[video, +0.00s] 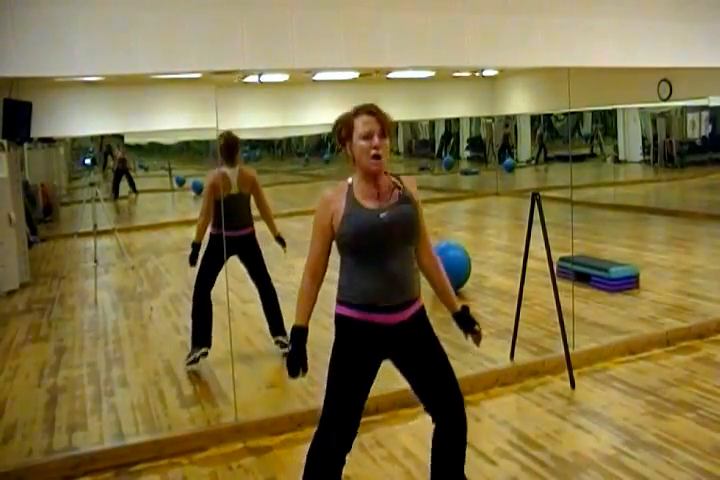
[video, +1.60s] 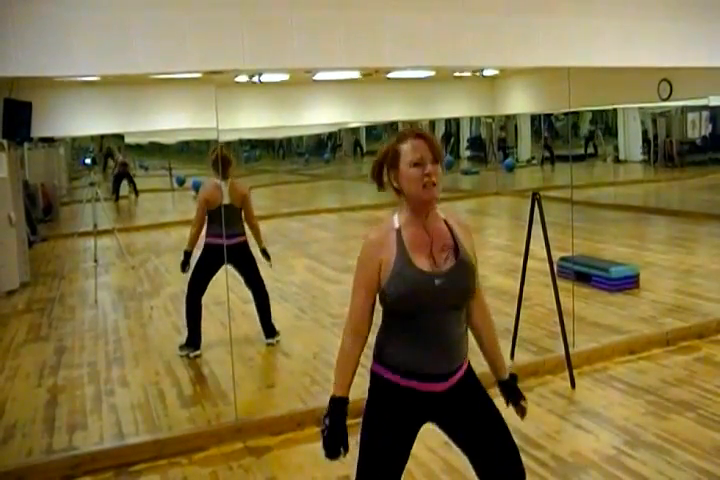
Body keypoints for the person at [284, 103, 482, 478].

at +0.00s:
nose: (377, 144)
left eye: (381, 136)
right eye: (366, 137)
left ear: (389, 142)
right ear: (347, 146)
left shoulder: (405, 191)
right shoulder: (334, 200)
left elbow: (426, 256)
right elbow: (314, 271)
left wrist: (458, 309)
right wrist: (299, 333)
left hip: (411, 326)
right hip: (358, 331)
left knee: (452, 416)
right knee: (335, 435)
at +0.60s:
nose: (396, 177)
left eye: (402, 169)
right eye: (385, 170)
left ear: (410, 176)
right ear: (367, 182)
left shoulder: (424, 231)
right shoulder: (353, 239)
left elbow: (439, 299)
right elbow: (332, 318)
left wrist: (459, 363)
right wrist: (315, 386)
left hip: (420, 367)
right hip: (363, 373)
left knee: (469, 444)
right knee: (338, 470)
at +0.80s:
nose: (407, 198)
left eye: (412, 190)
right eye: (395, 192)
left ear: (420, 198)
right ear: (376, 207)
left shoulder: (435, 249)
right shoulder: (366, 261)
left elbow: (466, 306)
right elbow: (326, 335)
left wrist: (509, 354)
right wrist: (294, 402)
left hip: (425, 379)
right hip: (369, 387)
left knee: (480, 452)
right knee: (341, 474)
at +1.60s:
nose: (429, 171)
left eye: (433, 162)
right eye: (417, 164)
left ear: (440, 170)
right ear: (394, 176)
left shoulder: (459, 230)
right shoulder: (380, 242)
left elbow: (476, 309)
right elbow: (356, 330)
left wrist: (504, 377)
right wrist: (337, 406)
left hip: (458, 386)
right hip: (396, 393)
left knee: (509, 473)